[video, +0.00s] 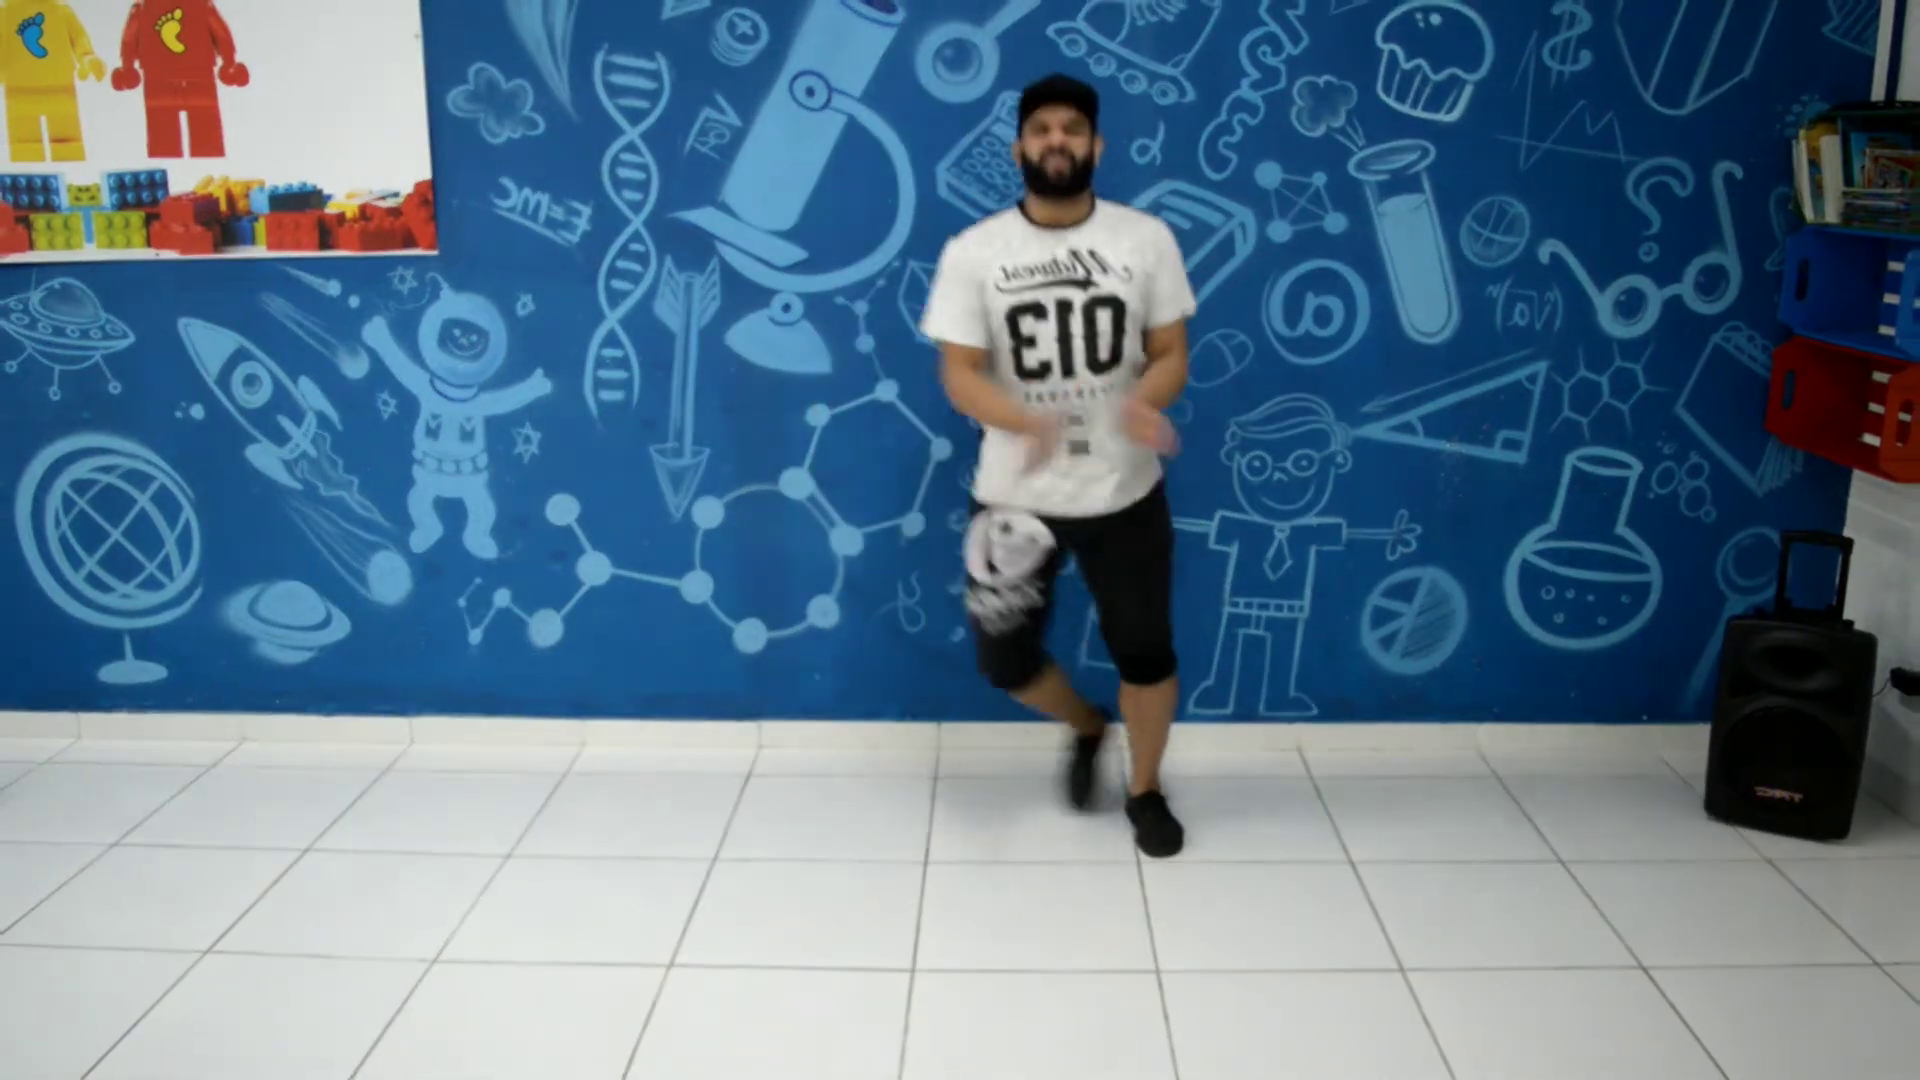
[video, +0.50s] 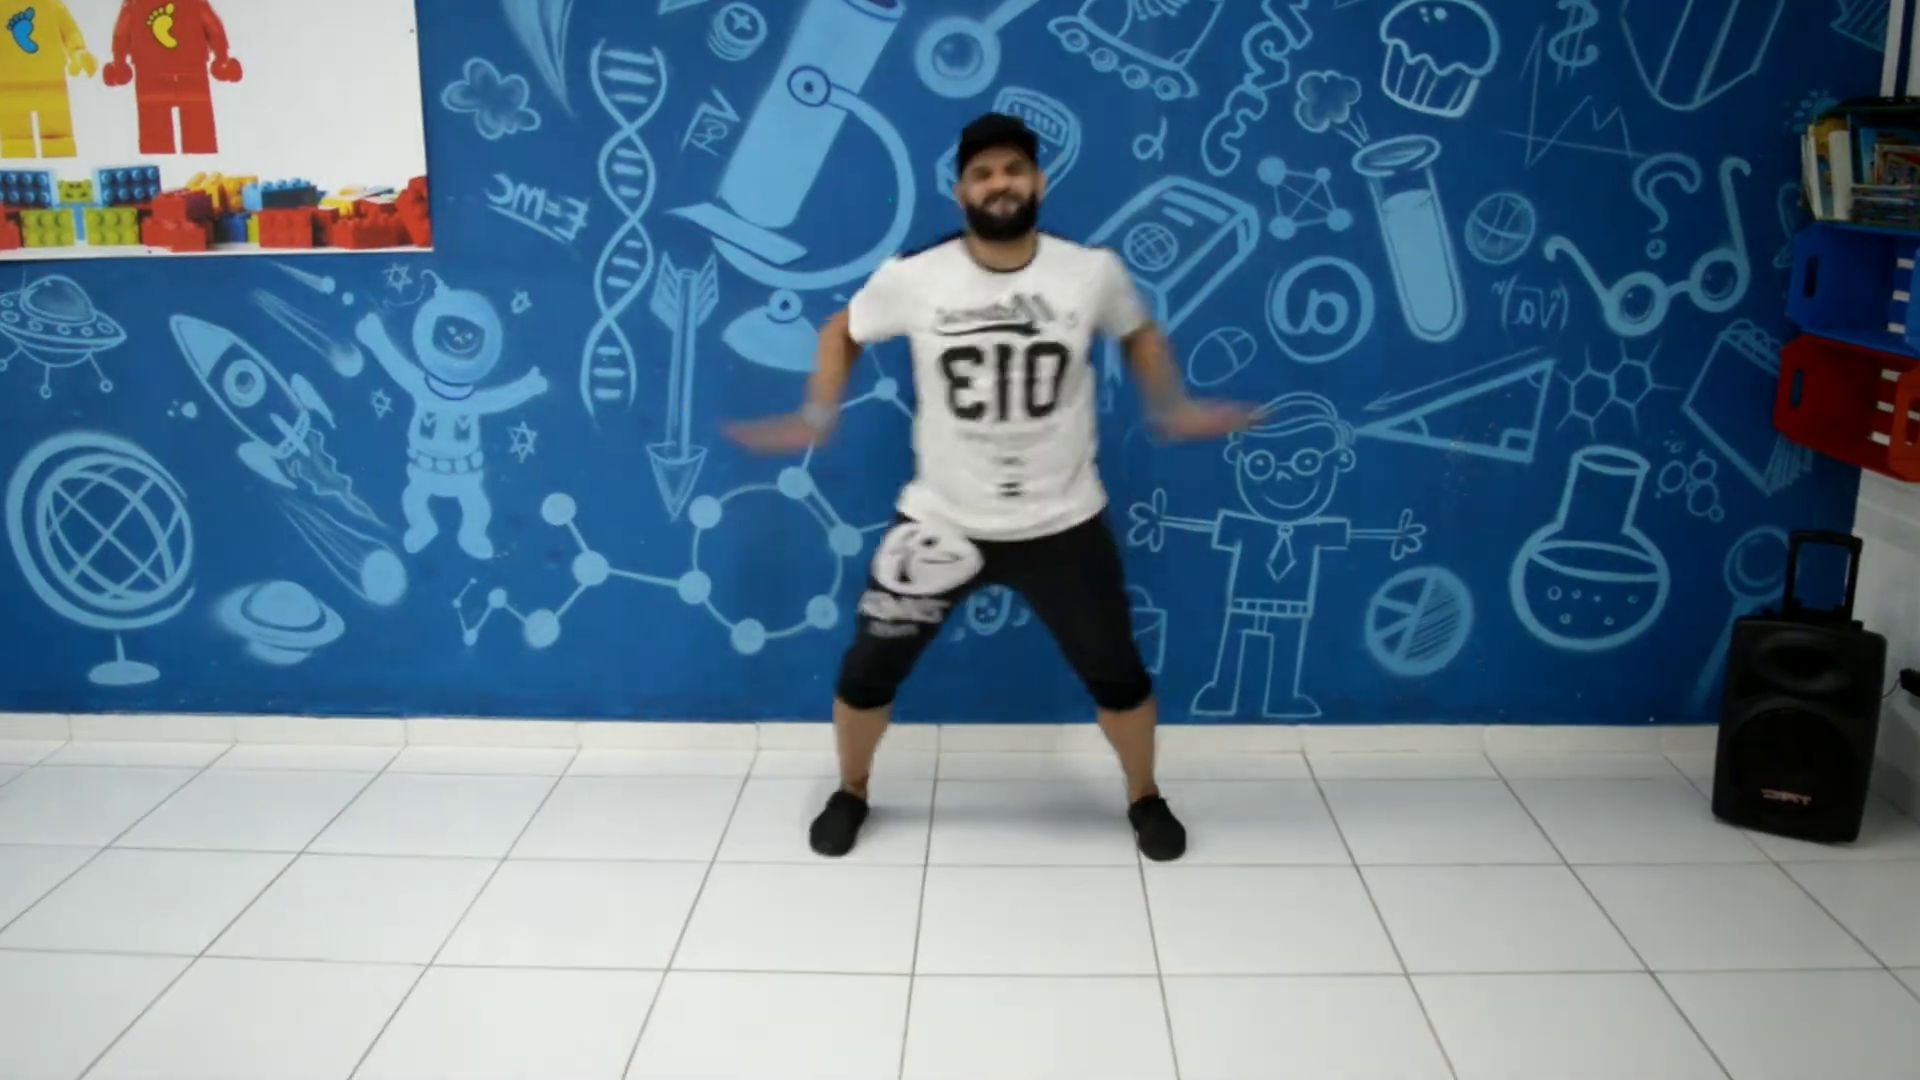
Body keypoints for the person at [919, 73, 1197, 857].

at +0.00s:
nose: (1057, 143)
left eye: (1072, 131)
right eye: (1042, 131)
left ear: (1095, 147)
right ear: (1020, 148)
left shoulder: (1146, 241)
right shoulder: (973, 254)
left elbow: (1171, 356)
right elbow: (960, 380)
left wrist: (1141, 401)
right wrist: (1023, 418)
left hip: (1123, 489)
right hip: (1017, 490)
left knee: (1145, 654)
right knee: (1005, 658)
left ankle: (1146, 788)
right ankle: (1090, 724)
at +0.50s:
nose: (1000, 184)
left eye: (1016, 170)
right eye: (983, 172)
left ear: (1041, 183)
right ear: (960, 188)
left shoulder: (1092, 274)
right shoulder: (909, 283)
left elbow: (1143, 338)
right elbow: (839, 334)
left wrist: (1173, 408)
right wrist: (820, 414)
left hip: (1063, 521)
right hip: (943, 520)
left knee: (1117, 673)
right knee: (868, 670)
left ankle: (1145, 797)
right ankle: (850, 793)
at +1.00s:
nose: (946, 161)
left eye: (963, 148)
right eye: (931, 146)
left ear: (986, 159)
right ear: (909, 153)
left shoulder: (1035, 247)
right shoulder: (852, 255)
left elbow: (1110, 349)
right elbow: (776, 351)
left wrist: (1173, 443)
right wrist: (701, 441)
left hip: (991, 497)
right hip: (880, 492)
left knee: (1013, 667)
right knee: (857, 655)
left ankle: (954, 744)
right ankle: (852, 787)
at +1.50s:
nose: (1046, 153)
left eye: (1063, 138)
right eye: (1031, 138)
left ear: (1085, 145)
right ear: (1006, 144)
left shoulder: (1136, 234)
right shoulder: (961, 245)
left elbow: (1191, 337)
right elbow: (893, 345)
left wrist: (1248, 434)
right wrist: (827, 444)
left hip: (1109, 476)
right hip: (995, 481)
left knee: (1145, 641)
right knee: (964, 654)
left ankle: (1152, 791)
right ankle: (972, 764)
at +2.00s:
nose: (1021, 176)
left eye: (1033, 161)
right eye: (1002, 168)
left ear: (1057, 170)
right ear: (983, 189)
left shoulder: (1117, 272)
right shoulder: (946, 267)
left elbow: (1186, 367)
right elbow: (879, 366)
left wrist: (1253, 459)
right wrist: (814, 467)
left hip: (1090, 500)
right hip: (975, 501)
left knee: (1141, 657)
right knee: (902, 653)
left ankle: (1156, 793)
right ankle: (862, 784)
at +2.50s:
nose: (950, 179)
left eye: (966, 167)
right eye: (936, 165)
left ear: (986, 183)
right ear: (913, 178)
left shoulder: (1032, 281)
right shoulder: (856, 278)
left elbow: (1088, 387)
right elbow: (790, 378)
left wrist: (1142, 488)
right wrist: (735, 484)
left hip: (993, 501)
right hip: (884, 494)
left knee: (1016, 676)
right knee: (845, 661)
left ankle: (973, 754)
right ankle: (850, 786)